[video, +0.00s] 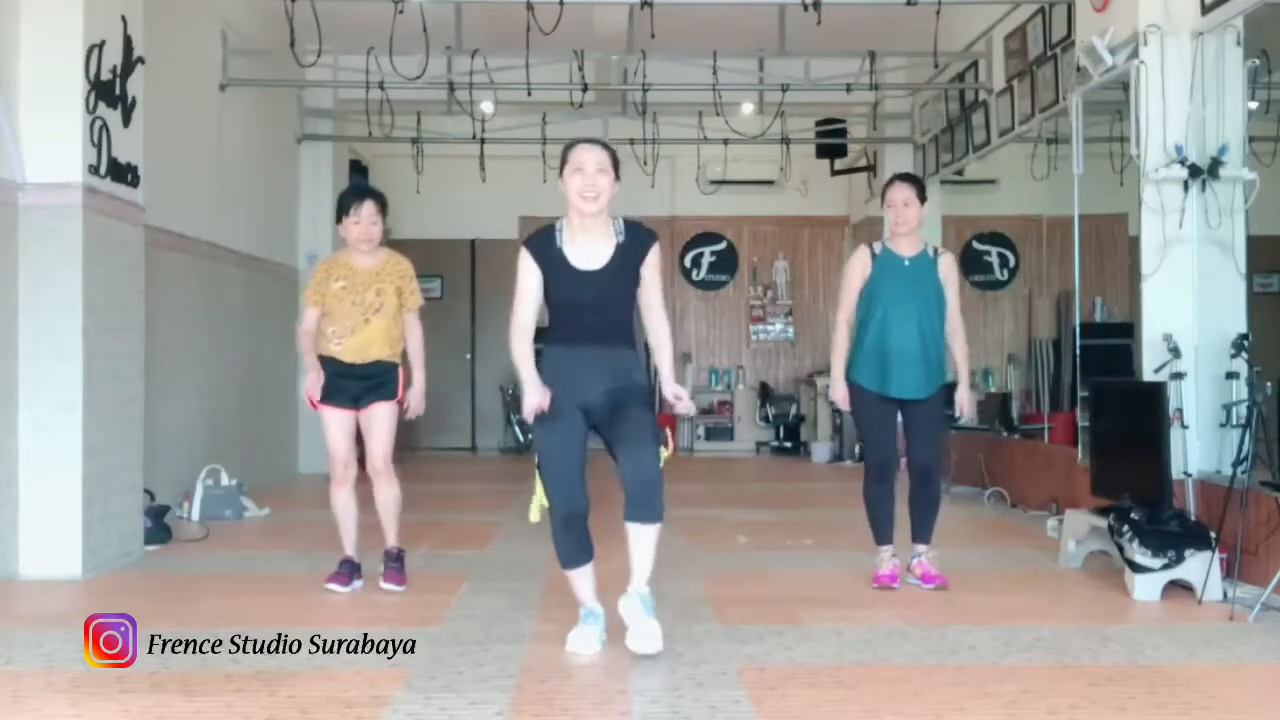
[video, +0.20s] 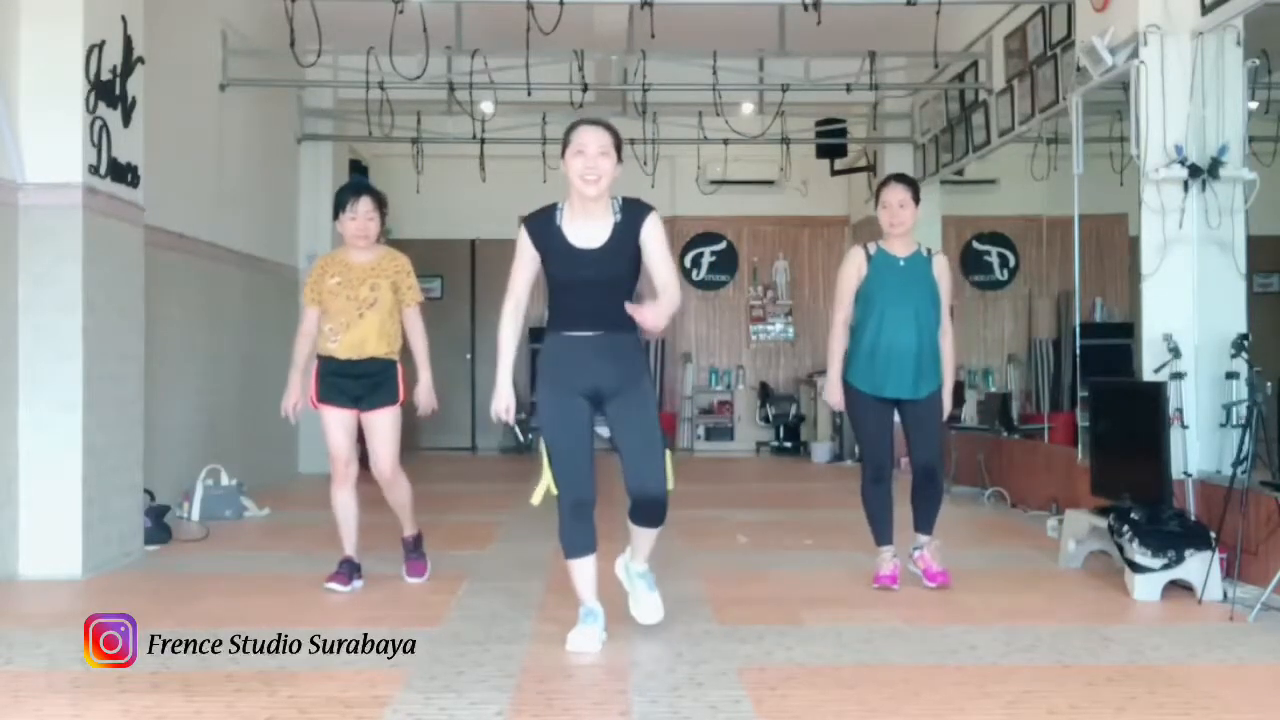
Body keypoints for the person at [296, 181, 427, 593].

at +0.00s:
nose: (367, 229)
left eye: (374, 221)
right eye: (357, 221)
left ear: (384, 225)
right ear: (341, 226)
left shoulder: (399, 268)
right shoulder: (327, 270)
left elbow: (413, 326)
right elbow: (307, 327)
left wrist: (418, 383)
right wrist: (312, 368)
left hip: (382, 372)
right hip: (335, 373)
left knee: (379, 466)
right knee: (341, 469)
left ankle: (393, 554)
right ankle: (349, 559)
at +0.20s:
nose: (362, 223)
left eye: (370, 215)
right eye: (352, 215)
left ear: (381, 220)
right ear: (338, 222)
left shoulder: (397, 264)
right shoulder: (324, 268)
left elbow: (414, 324)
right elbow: (307, 329)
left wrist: (425, 380)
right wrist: (295, 381)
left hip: (382, 373)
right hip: (332, 374)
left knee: (384, 469)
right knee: (342, 469)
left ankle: (411, 539)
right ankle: (349, 560)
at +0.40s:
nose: (355, 219)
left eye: (364, 211)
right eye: (347, 211)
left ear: (377, 219)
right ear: (334, 219)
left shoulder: (394, 262)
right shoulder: (322, 267)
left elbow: (414, 321)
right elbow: (310, 327)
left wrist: (415, 370)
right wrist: (299, 381)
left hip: (384, 370)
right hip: (335, 370)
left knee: (392, 468)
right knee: (343, 468)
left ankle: (413, 545)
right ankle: (349, 560)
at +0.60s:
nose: (355, 218)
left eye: (364, 211)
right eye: (347, 211)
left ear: (376, 219)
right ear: (333, 219)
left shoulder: (393, 260)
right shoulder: (322, 266)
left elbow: (415, 319)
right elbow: (310, 322)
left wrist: (385, 332)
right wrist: (303, 371)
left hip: (385, 371)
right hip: (337, 371)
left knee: (396, 469)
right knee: (344, 468)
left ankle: (409, 540)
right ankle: (350, 560)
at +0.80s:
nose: (356, 220)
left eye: (365, 212)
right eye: (347, 212)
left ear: (377, 220)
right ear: (335, 220)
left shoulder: (394, 264)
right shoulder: (324, 268)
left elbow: (410, 324)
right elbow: (312, 326)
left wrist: (389, 361)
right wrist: (298, 378)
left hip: (382, 370)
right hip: (334, 372)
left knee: (390, 467)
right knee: (341, 469)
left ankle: (411, 543)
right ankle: (349, 560)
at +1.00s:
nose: (356, 223)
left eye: (365, 215)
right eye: (347, 215)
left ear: (376, 222)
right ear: (333, 221)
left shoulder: (391, 266)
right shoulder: (320, 270)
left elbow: (408, 326)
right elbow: (305, 324)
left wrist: (423, 382)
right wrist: (297, 370)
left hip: (376, 373)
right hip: (327, 373)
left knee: (378, 470)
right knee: (338, 470)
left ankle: (397, 532)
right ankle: (348, 560)